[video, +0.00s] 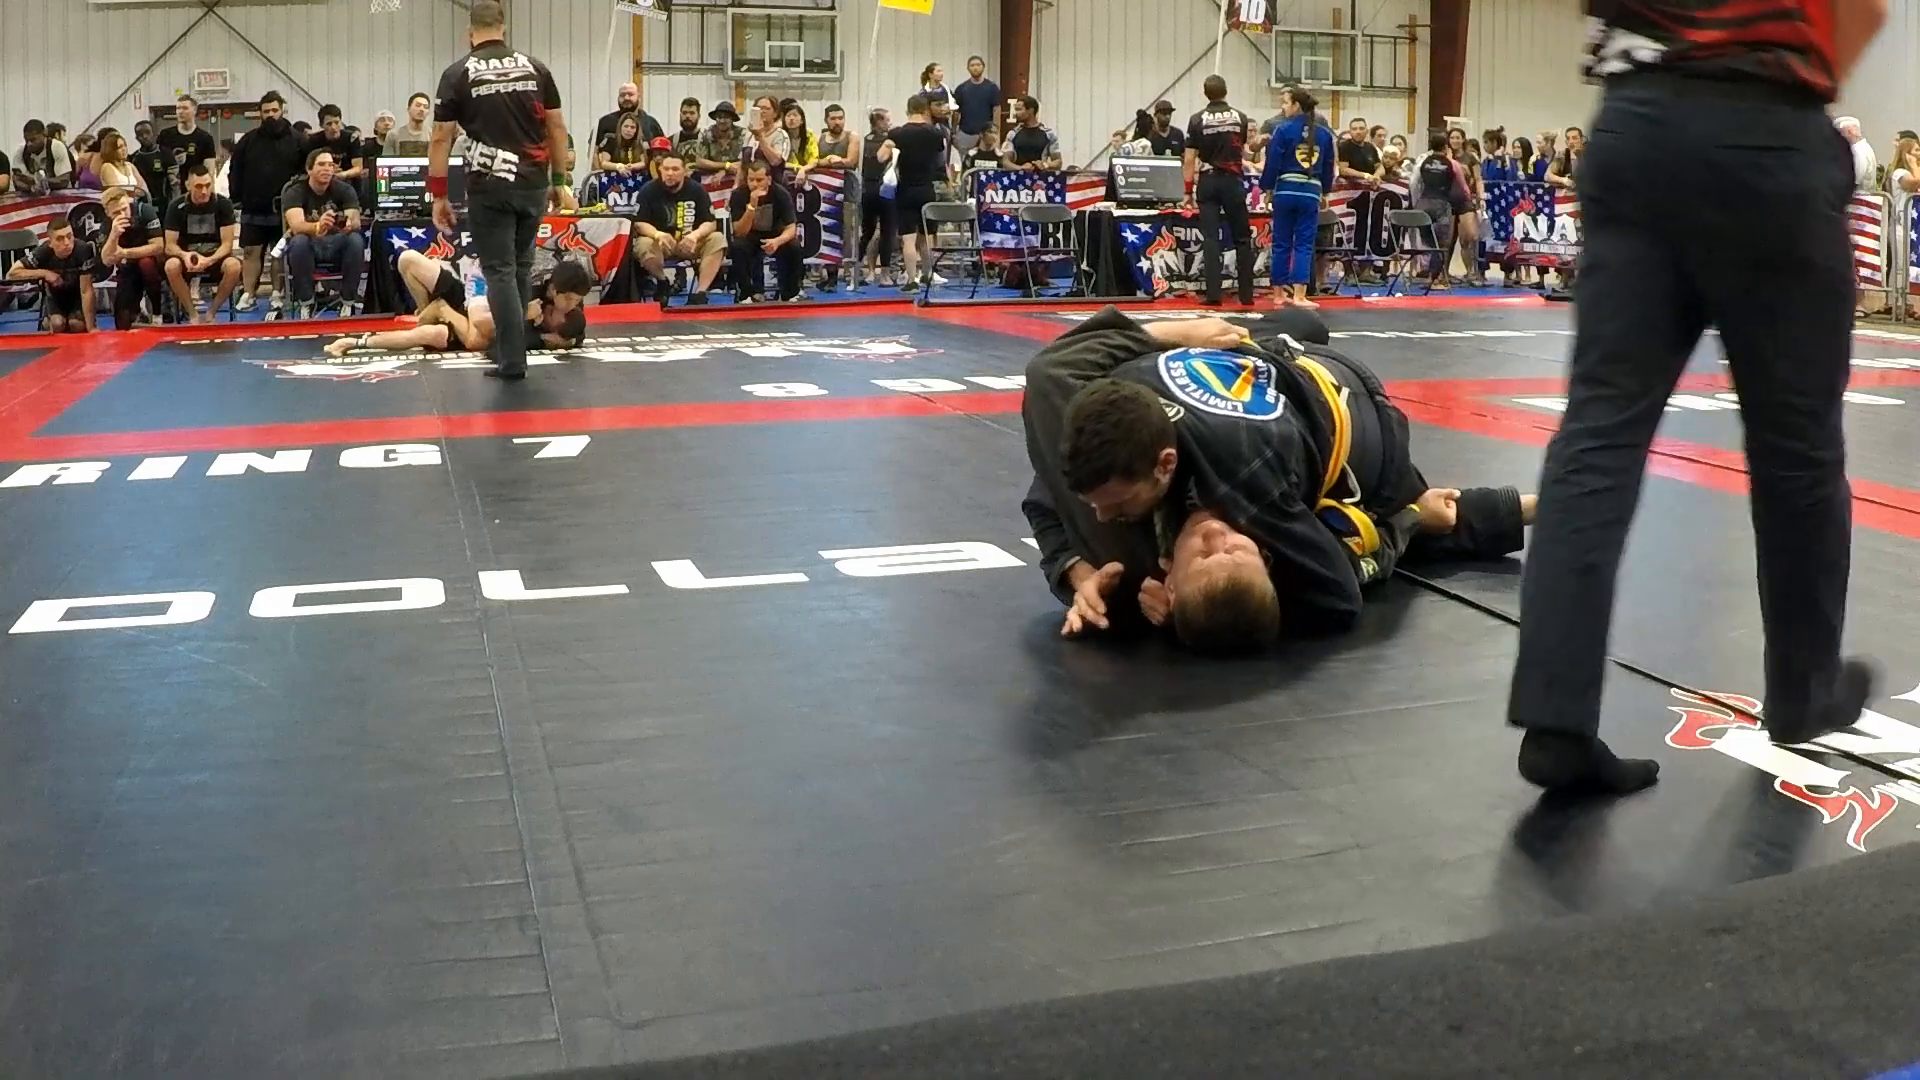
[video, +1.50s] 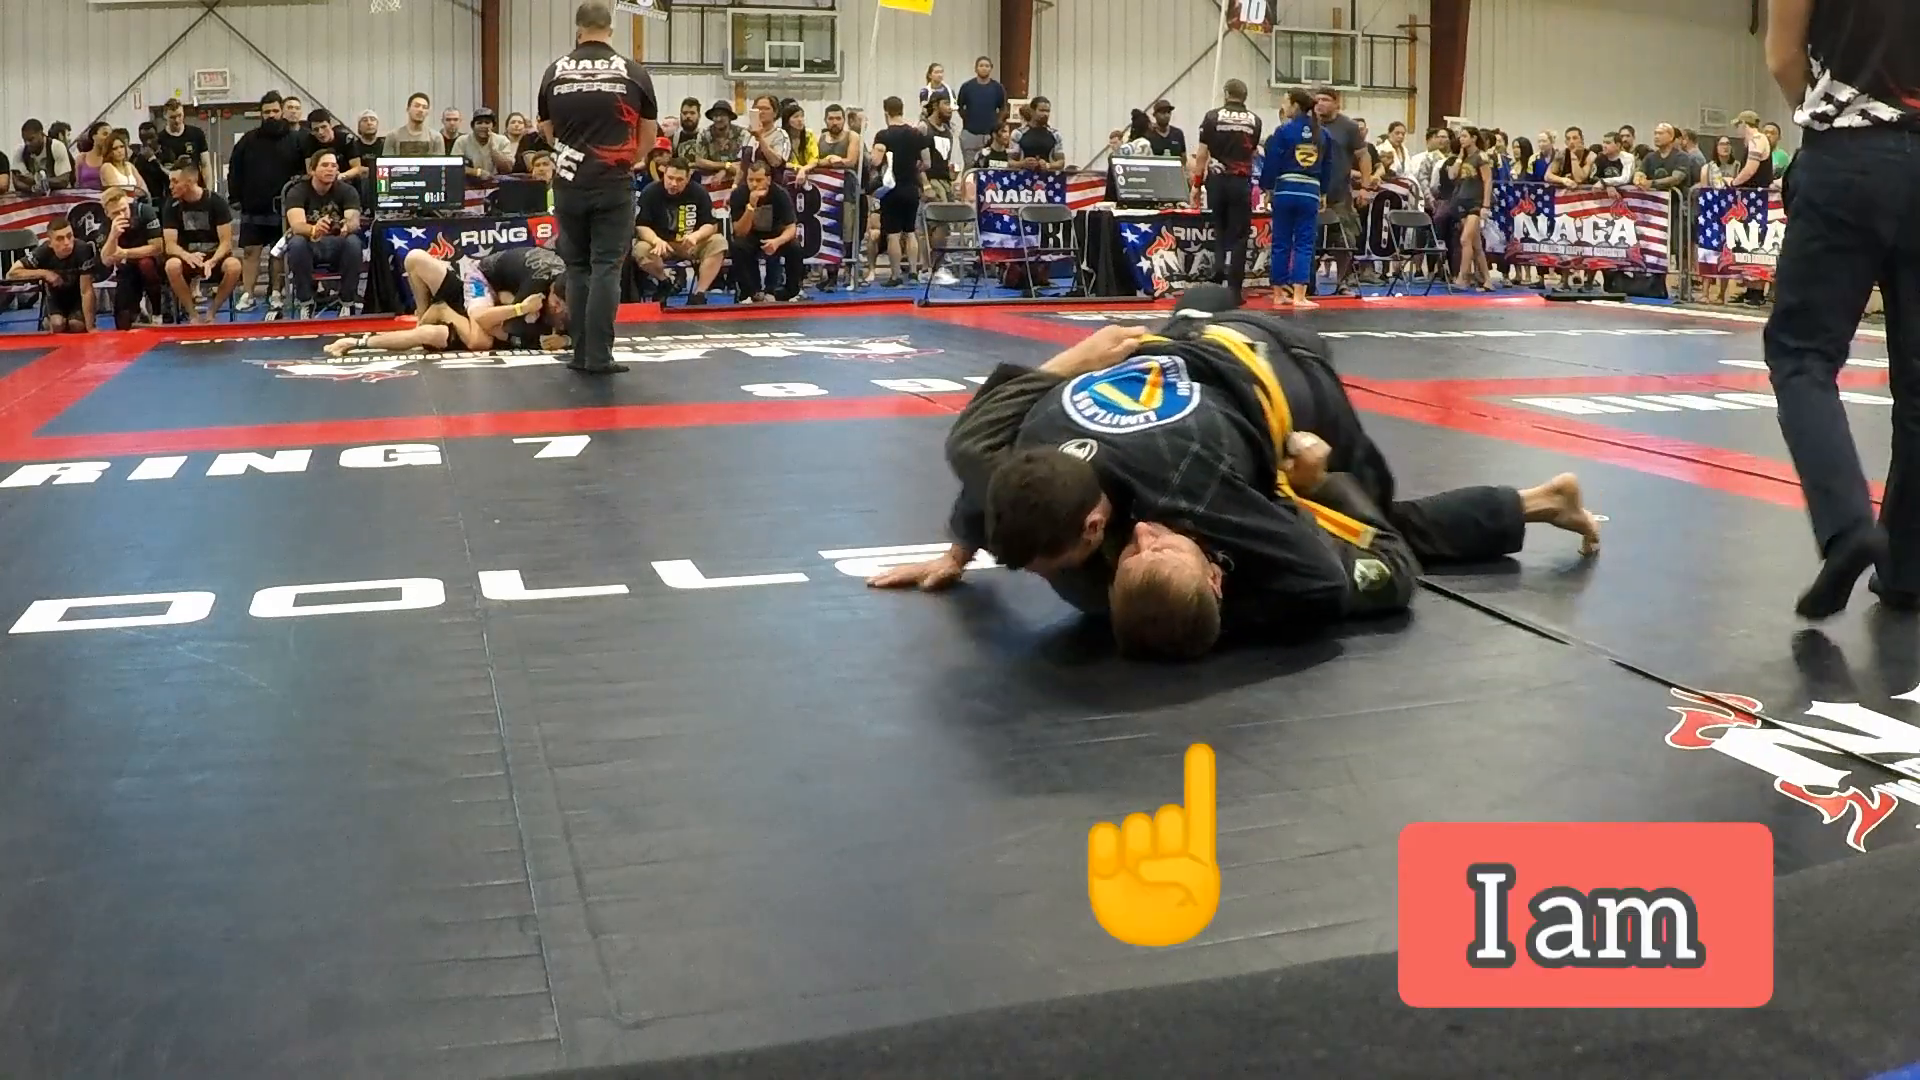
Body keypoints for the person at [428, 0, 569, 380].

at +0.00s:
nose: (470, 38)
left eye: (468, 33)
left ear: (470, 33)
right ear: (504, 30)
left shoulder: (457, 74)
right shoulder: (536, 67)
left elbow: (442, 137)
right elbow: (556, 125)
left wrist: (439, 195)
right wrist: (558, 179)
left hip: (487, 188)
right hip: (533, 185)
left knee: (500, 272)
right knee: (521, 267)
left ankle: (512, 362)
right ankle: (512, 350)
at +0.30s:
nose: (492, 34)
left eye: (489, 28)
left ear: (490, 29)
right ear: (523, 26)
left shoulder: (473, 72)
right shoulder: (554, 68)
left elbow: (462, 132)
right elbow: (571, 131)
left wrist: (472, 165)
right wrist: (560, 169)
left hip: (499, 188)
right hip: (547, 184)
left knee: (508, 270)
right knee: (564, 264)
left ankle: (512, 363)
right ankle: (583, 352)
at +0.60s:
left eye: (542, 25)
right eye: (562, 27)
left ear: (533, 27)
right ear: (566, 28)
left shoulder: (511, 70)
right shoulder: (589, 72)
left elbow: (506, 132)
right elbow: (602, 138)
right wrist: (573, 152)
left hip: (528, 184)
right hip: (576, 184)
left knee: (524, 270)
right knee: (585, 267)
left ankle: (514, 363)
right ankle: (598, 360)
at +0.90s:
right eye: (603, 30)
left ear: (574, 26)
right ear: (607, 31)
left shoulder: (547, 66)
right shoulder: (626, 74)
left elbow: (541, 124)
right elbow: (635, 145)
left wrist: (572, 149)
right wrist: (604, 162)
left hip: (555, 183)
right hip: (605, 184)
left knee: (539, 267)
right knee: (600, 270)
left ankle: (522, 358)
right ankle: (599, 360)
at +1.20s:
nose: (587, 33)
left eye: (587, 28)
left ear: (588, 28)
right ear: (620, 31)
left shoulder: (559, 64)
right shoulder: (640, 75)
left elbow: (548, 124)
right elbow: (645, 144)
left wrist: (575, 150)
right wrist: (617, 163)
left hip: (565, 182)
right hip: (612, 185)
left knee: (563, 263)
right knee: (604, 267)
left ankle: (563, 354)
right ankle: (599, 358)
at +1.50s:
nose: (592, 35)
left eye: (585, 29)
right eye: (602, 29)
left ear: (578, 30)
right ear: (611, 29)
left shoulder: (556, 69)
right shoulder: (634, 72)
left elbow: (549, 132)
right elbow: (647, 135)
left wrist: (577, 155)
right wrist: (627, 163)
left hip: (569, 182)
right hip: (613, 183)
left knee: (577, 265)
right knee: (606, 266)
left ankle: (581, 352)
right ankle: (598, 356)